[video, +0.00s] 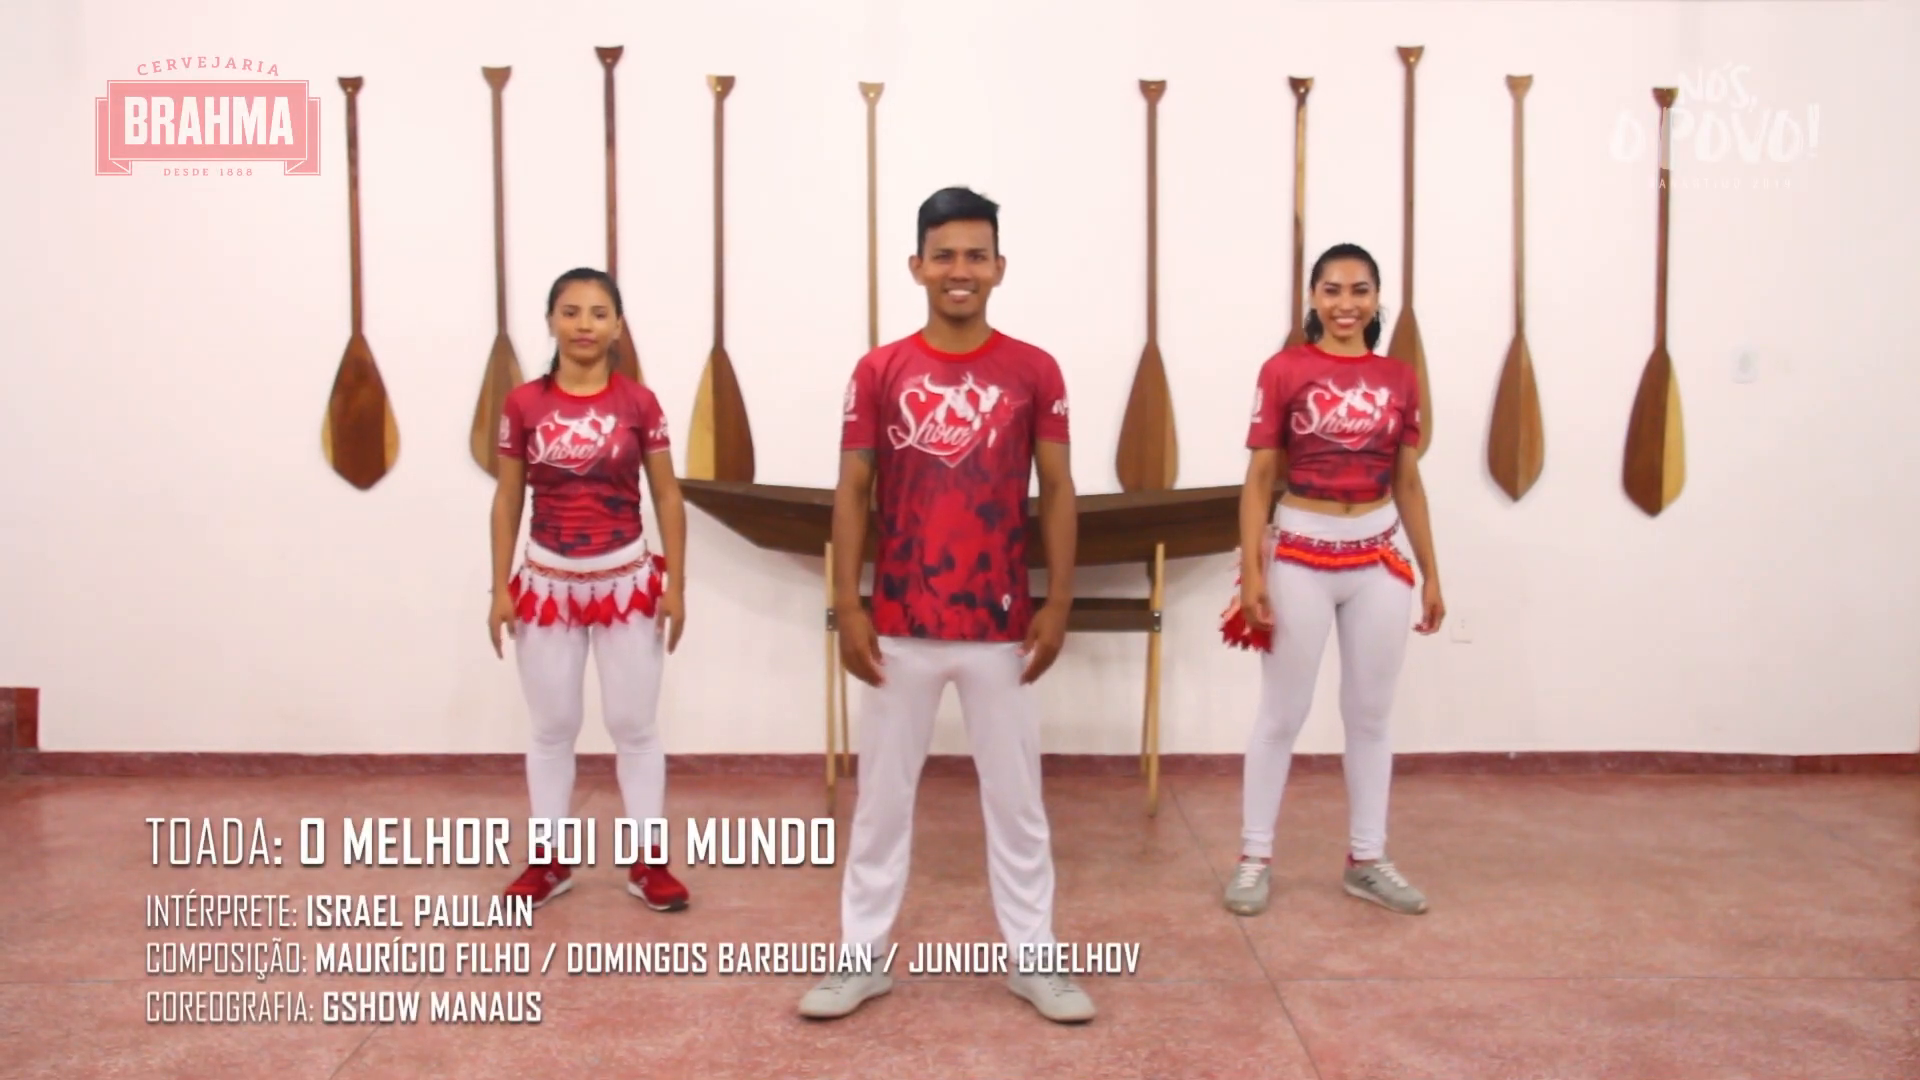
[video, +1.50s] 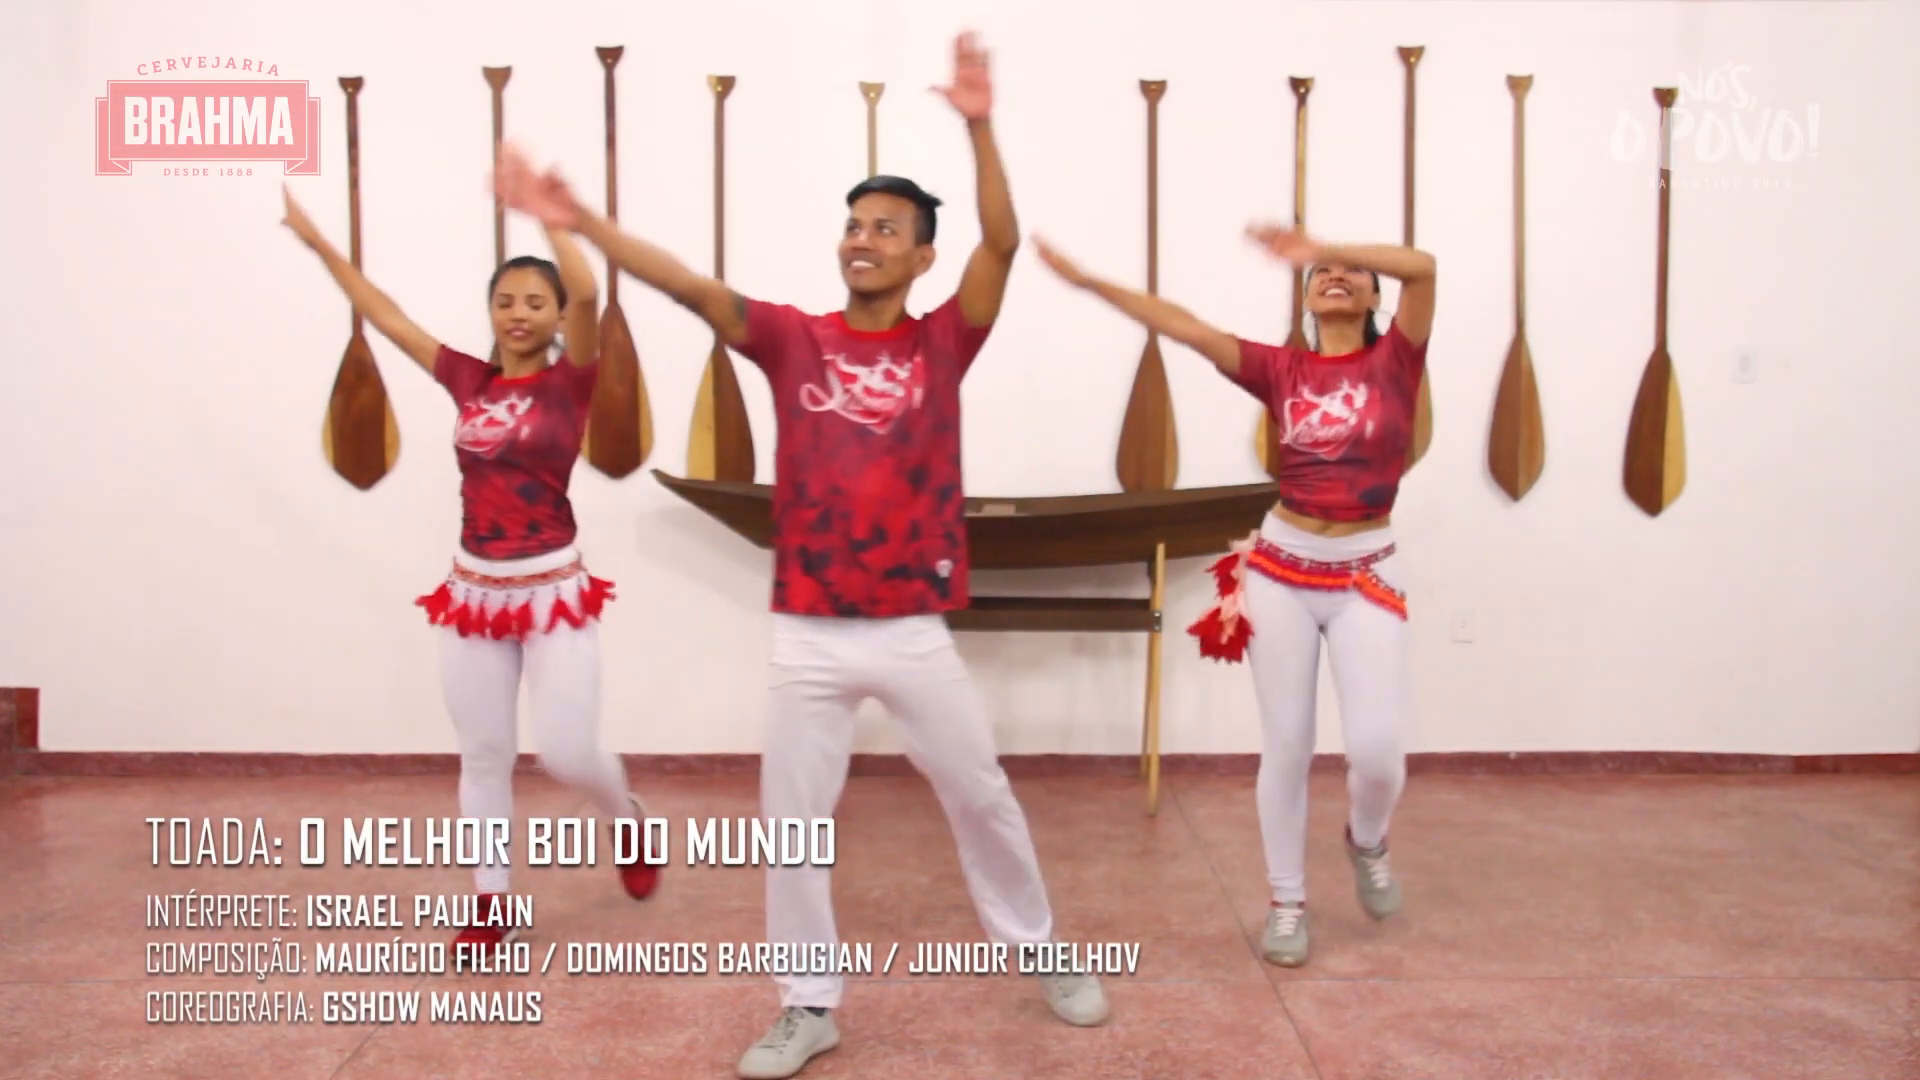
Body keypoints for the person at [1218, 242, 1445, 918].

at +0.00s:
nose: (1345, 301)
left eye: (1358, 290)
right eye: (1332, 289)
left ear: (1376, 299)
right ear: (1313, 298)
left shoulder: (1398, 376)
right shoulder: (1285, 371)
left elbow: (1407, 480)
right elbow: (1258, 481)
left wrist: (1429, 573)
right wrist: (1251, 572)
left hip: (1380, 556)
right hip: (1299, 555)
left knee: (1370, 718)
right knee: (1280, 718)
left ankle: (1367, 860)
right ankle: (1255, 860)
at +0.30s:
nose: (1358, 304)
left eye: (1371, 292)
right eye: (1345, 292)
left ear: (1390, 301)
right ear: (1326, 301)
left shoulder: (1407, 375)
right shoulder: (1308, 369)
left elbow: (1410, 476)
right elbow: (1282, 473)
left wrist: (1431, 572)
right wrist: (1305, 565)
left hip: (1399, 558)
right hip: (1329, 559)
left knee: (1385, 721)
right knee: (1303, 721)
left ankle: (1368, 860)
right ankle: (1254, 858)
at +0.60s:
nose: (1365, 299)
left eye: (1377, 287)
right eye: (1350, 290)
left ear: (1395, 300)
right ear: (1332, 305)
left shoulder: (1404, 380)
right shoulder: (1336, 376)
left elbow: (1439, 464)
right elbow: (1375, 469)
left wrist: (1472, 542)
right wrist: (1430, 547)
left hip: (1411, 557)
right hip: (1349, 559)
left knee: (1408, 717)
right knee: (1391, 717)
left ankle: (1370, 860)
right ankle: (1306, 835)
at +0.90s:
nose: (1366, 272)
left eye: (1376, 264)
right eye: (1351, 268)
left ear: (1394, 281)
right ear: (1334, 295)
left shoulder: (1423, 337)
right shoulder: (1334, 351)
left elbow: (1496, 277)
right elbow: (1369, 289)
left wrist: (1573, 211)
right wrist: (1466, 225)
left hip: (1419, 550)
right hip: (1351, 546)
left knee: (1400, 719)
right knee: (1329, 718)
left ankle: (1370, 860)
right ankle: (1285, 879)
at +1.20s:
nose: (1356, 279)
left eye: (1367, 272)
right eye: (1343, 274)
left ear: (1390, 292)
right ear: (1326, 297)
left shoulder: (1410, 348)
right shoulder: (1309, 353)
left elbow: (1427, 250)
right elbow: (1271, 267)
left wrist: (1410, 150)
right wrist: (1231, 182)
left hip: (1397, 569)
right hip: (1318, 567)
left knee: (1394, 732)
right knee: (1314, 736)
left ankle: (1375, 857)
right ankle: (1289, 902)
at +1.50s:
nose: (1337, 279)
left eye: (1350, 274)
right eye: (1324, 275)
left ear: (1373, 301)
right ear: (1307, 300)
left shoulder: (1396, 364)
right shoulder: (1281, 368)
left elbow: (1424, 270)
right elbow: (1190, 329)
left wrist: (1321, 247)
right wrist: (1088, 280)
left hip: (1367, 577)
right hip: (1281, 573)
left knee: (1380, 753)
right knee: (1286, 747)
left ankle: (1369, 845)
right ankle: (1286, 904)